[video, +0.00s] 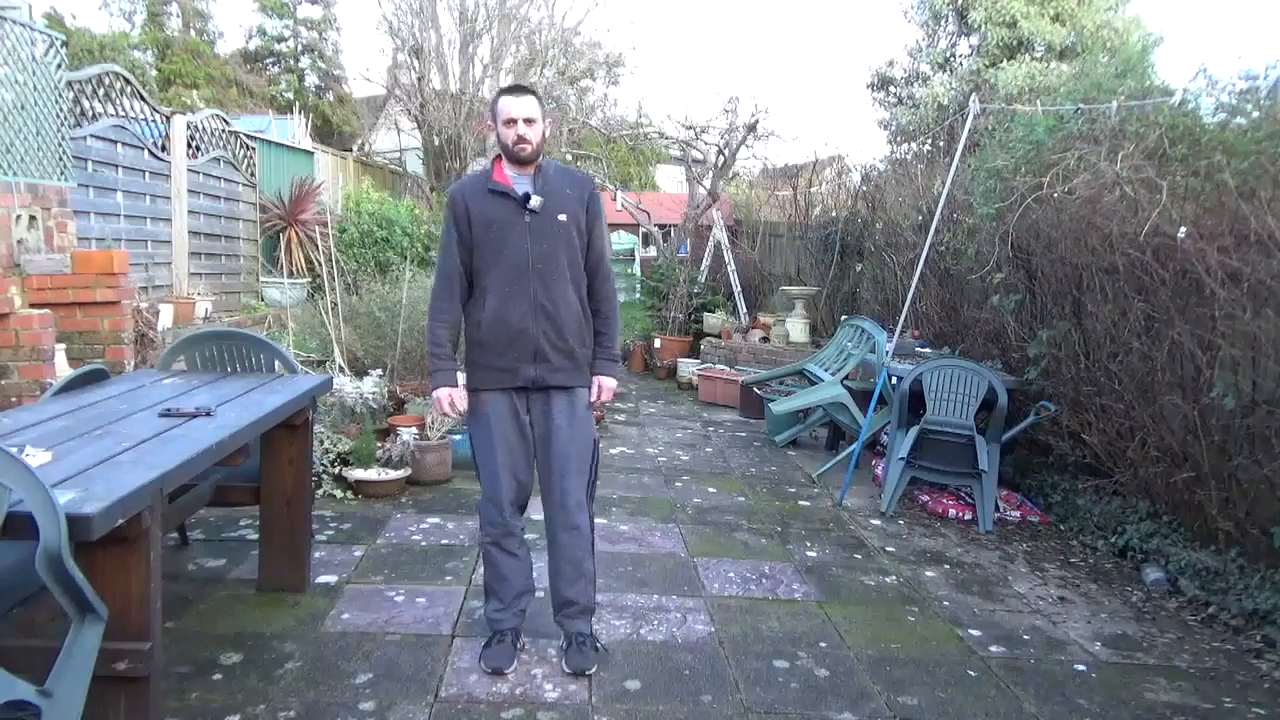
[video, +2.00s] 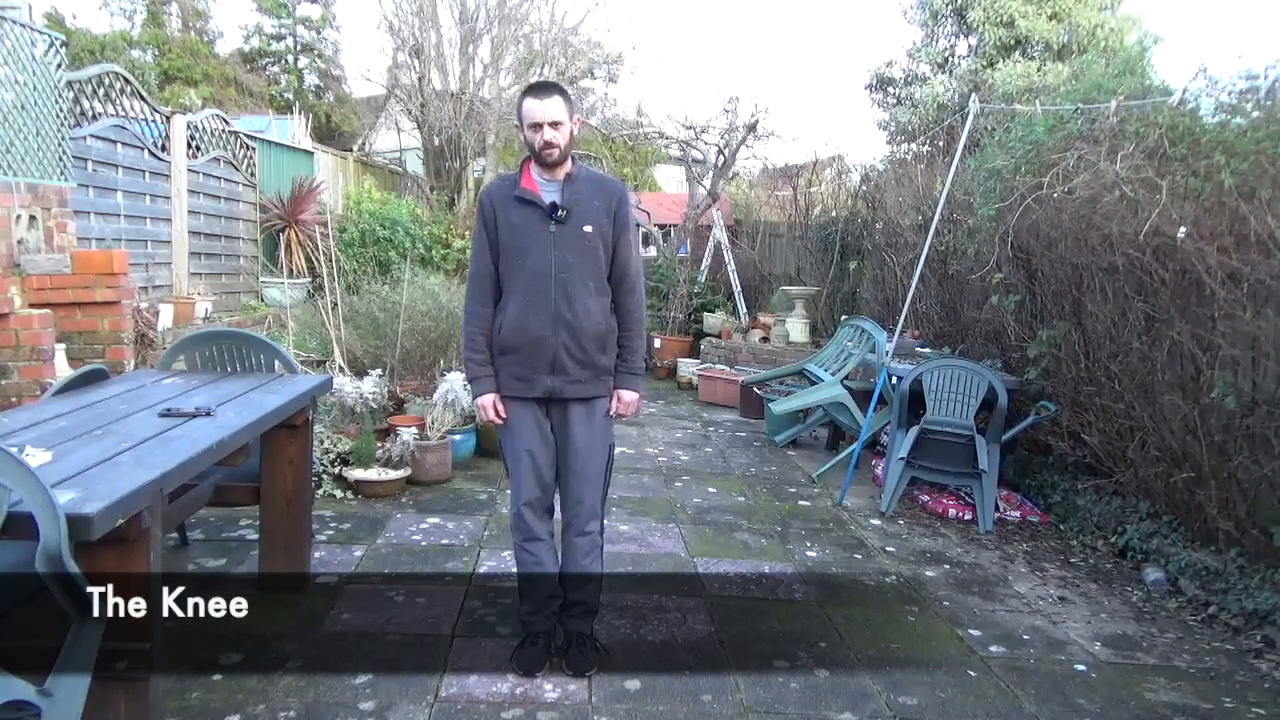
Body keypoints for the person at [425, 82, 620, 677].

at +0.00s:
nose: (521, 130)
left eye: (529, 121)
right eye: (510, 122)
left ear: (545, 126)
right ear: (494, 130)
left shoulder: (579, 189)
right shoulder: (467, 195)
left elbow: (601, 282)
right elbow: (447, 290)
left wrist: (606, 361)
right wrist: (444, 370)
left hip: (568, 372)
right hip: (492, 374)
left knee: (571, 509)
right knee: (500, 511)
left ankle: (578, 626)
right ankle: (503, 625)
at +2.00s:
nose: (545, 135)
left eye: (554, 124)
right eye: (534, 126)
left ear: (574, 125)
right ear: (522, 132)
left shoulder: (610, 194)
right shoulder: (496, 198)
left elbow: (630, 292)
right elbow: (479, 296)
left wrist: (630, 376)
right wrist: (480, 379)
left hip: (591, 379)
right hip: (517, 380)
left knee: (584, 508)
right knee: (530, 506)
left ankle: (580, 632)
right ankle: (536, 632)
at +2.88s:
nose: (544, 137)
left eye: (554, 126)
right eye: (533, 127)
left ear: (572, 126)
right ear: (520, 129)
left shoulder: (606, 194)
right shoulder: (494, 199)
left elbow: (627, 290)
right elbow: (461, 283)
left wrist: (628, 375)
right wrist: (491, 300)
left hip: (589, 378)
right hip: (517, 380)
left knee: (584, 510)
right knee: (528, 506)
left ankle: (579, 631)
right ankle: (535, 631)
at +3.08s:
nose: (551, 138)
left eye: (560, 128)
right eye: (540, 128)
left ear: (575, 130)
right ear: (523, 128)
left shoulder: (606, 195)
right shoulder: (494, 194)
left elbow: (625, 291)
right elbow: (466, 288)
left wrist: (627, 374)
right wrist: (500, 230)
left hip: (590, 376)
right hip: (516, 376)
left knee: (583, 509)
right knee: (529, 506)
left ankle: (580, 631)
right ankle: (536, 631)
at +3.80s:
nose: (557, 138)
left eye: (567, 128)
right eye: (547, 126)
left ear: (580, 133)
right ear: (527, 129)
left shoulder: (607, 198)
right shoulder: (493, 197)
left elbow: (626, 296)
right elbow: (466, 291)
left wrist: (627, 378)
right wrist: (494, 263)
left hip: (590, 379)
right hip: (516, 379)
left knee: (583, 509)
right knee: (529, 507)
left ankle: (579, 631)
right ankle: (536, 631)